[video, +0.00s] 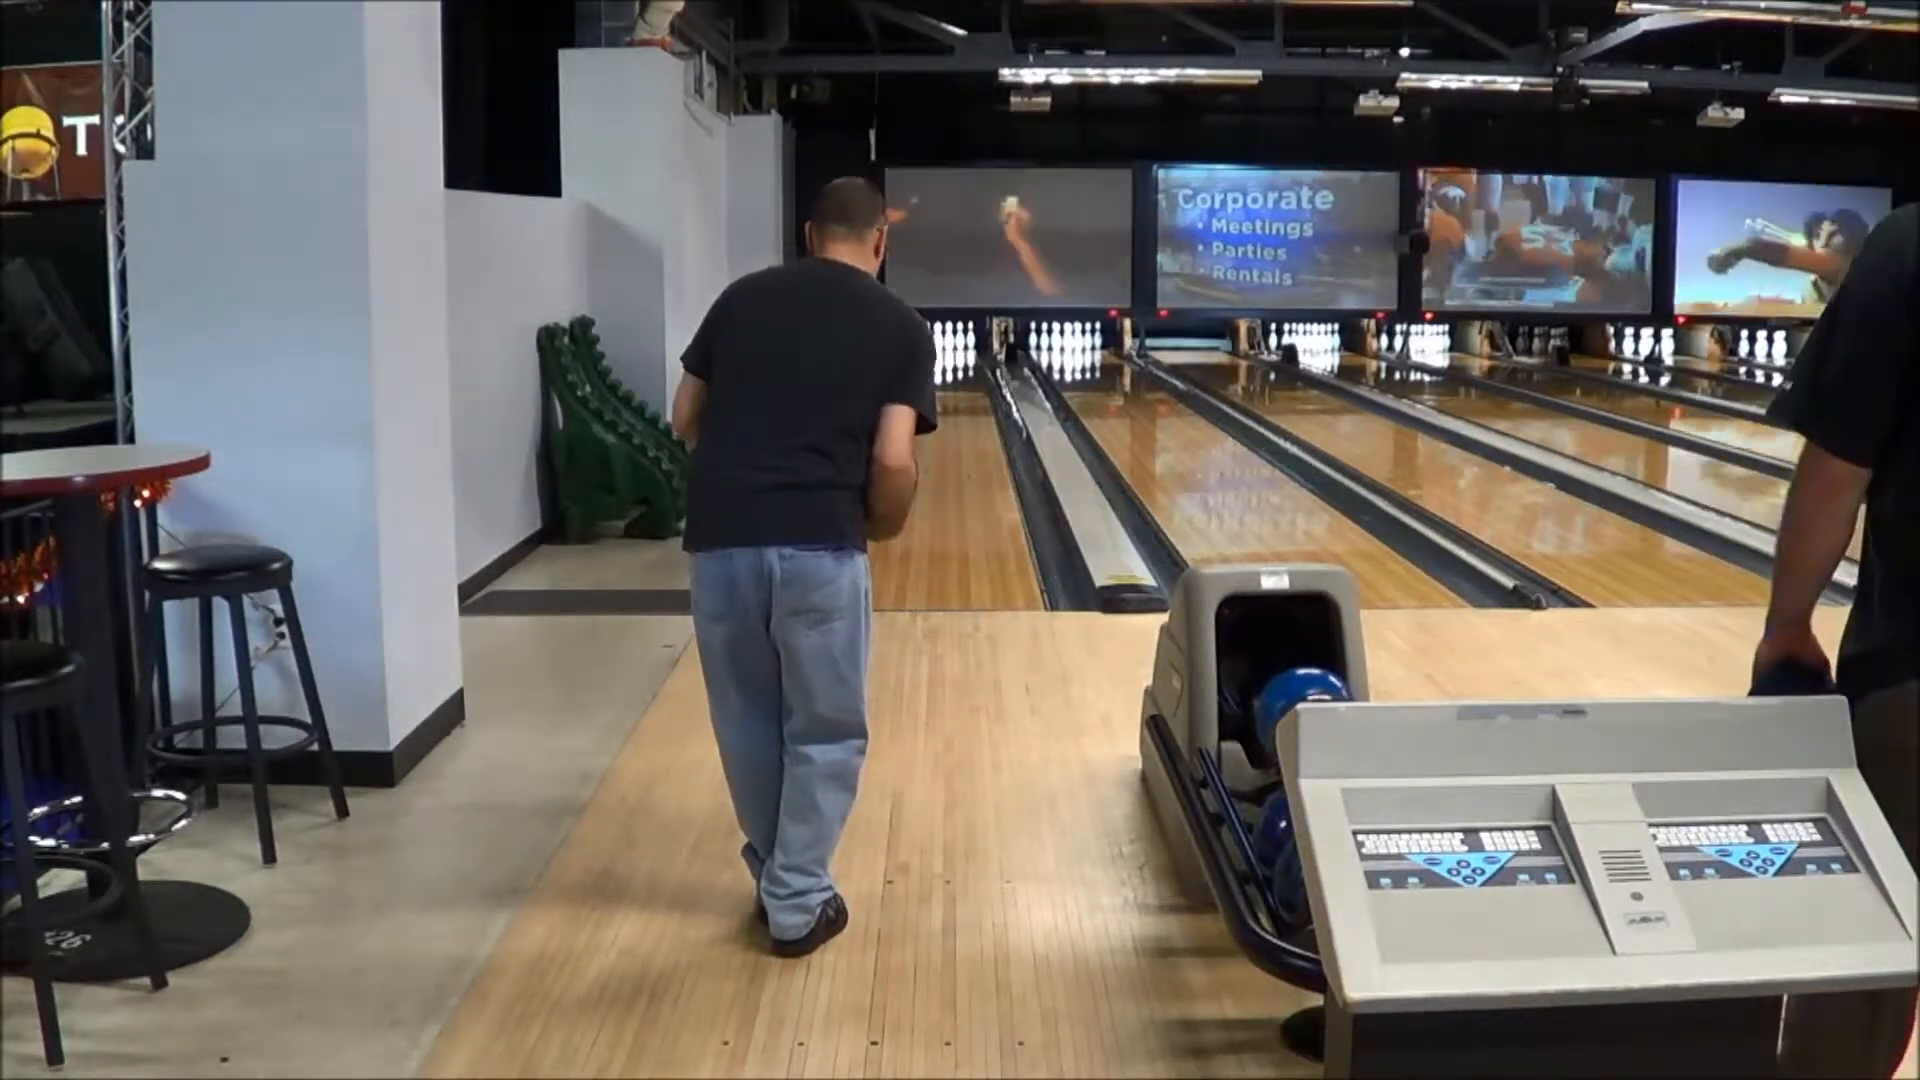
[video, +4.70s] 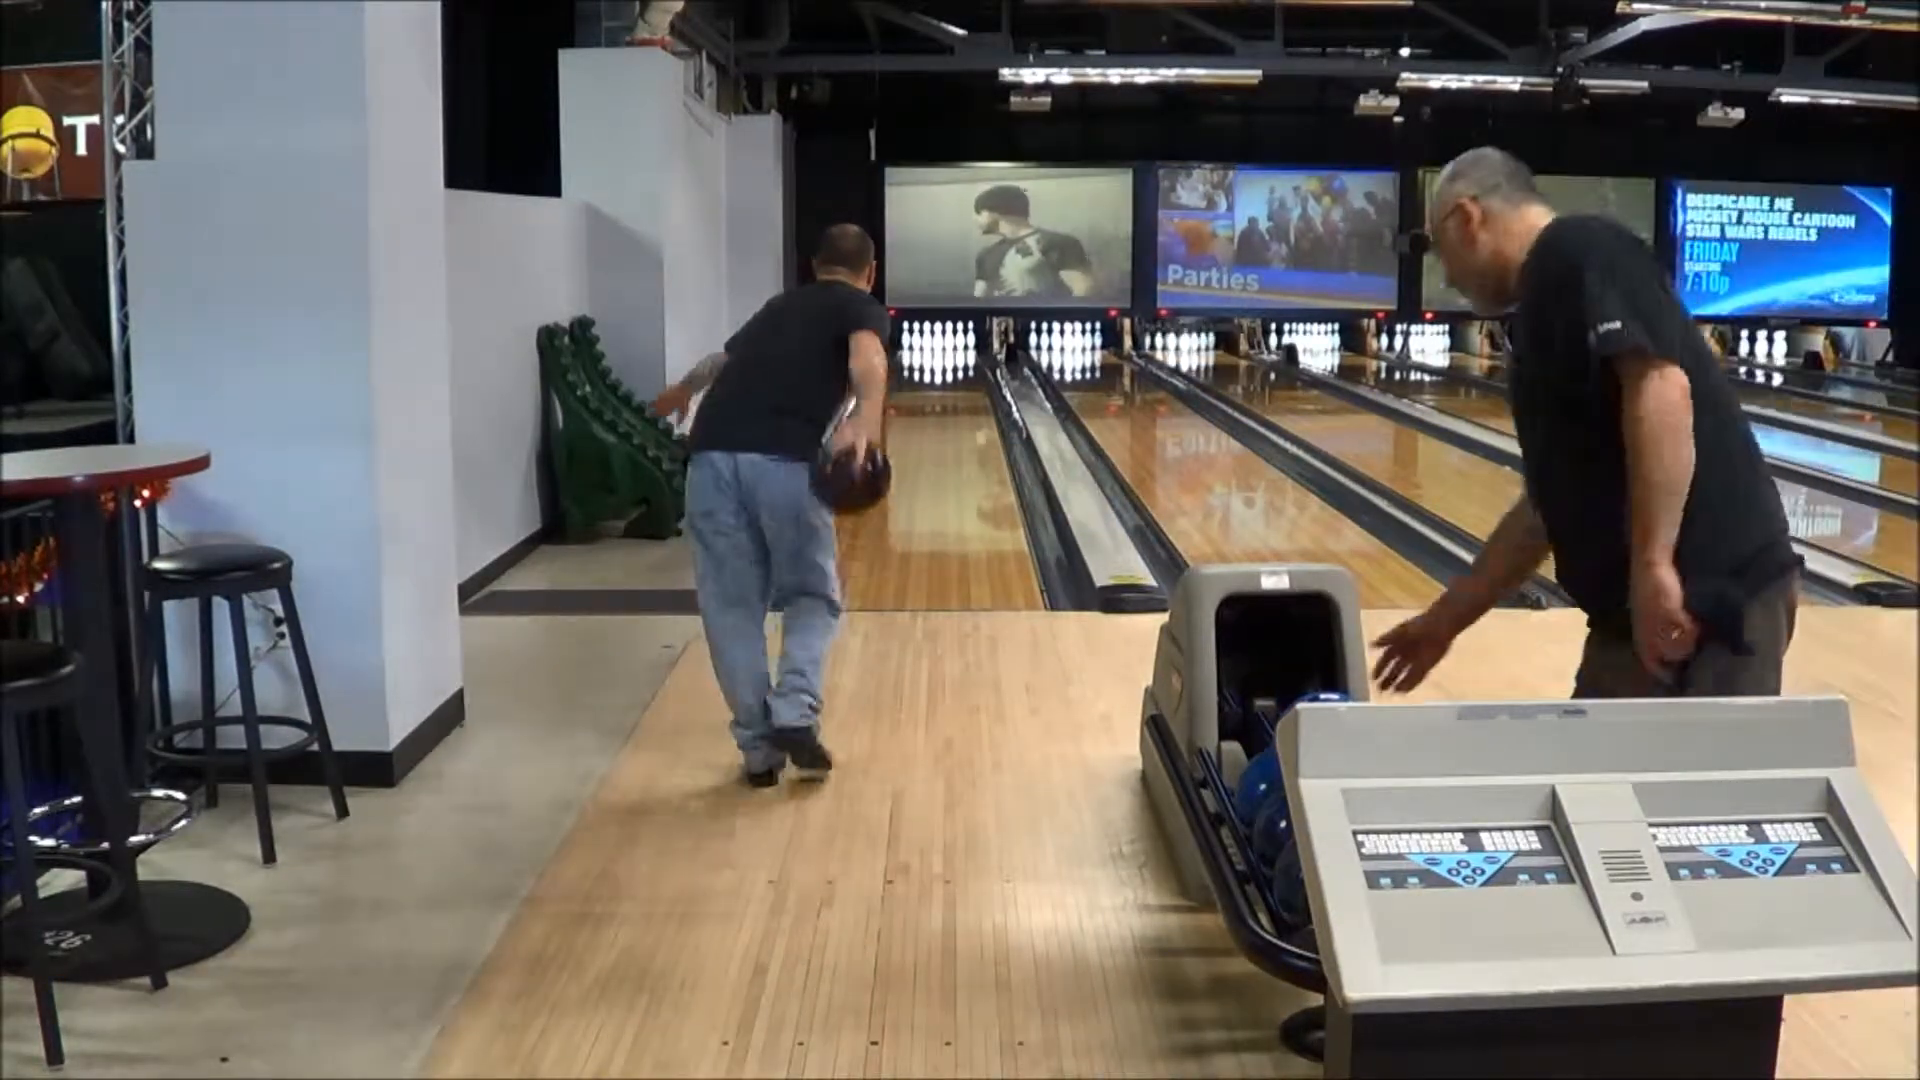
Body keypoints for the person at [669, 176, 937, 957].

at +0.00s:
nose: (882, 249)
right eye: (886, 238)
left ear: (808, 234)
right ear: (883, 237)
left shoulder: (744, 296)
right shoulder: (898, 324)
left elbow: (686, 416)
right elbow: (893, 460)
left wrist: (735, 470)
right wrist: (878, 528)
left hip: (720, 540)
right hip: (820, 543)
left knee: (744, 715)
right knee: (826, 729)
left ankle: (772, 868)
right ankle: (793, 904)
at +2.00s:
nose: (855, 235)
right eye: (857, 224)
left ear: (774, 226)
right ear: (852, 229)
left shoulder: (718, 302)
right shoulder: (872, 328)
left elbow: (688, 427)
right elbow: (875, 489)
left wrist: (726, 491)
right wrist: (877, 538)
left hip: (703, 556)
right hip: (806, 558)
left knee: (734, 724)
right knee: (819, 736)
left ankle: (767, 870)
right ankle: (793, 903)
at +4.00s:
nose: (864, 252)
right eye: (865, 244)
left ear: (794, 241)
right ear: (860, 247)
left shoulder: (742, 294)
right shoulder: (871, 331)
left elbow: (708, 393)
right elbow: (858, 468)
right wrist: (862, 508)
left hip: (703, 503)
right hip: (795, 509)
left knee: (716, 643)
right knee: (795, 666)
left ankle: (742, 763)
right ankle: (782, 800)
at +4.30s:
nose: (864, 270)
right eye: (865, 261)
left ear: (799, 258)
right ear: (861, 263)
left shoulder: (755, 303)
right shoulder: (869, 341)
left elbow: (749, 404)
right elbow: (862, 466)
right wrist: (854, 530)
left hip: (704, 496)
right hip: (782, 505)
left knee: (721, 635)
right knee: (794, 654)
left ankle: (751, 763)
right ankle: (779, 794)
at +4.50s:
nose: (864, 271)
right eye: (867, 262)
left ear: (804, 257)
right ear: (864, 262)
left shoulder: (764, 297)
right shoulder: (866, 320)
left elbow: (745, 395)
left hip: (701, 465)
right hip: (778, 473)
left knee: (722, 618)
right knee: (786, 625)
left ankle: (754, 744)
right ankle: (780, 770)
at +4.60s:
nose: (868, 271)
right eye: (869, 263)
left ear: (807, 260)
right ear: (865, 262)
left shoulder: (769, 297)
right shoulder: (861, 309)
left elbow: (723, 369)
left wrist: (682, 418)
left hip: (705, 457)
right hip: (778, 460)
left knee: (722, 613)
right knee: (794, 611)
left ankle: (755, 750)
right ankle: (780, 723)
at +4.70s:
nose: (876, 281)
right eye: (877, 273)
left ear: (813, 267)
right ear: (871, 271)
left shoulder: (777, 308)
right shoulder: (861, 306)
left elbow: (719, 361)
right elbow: (867, 356)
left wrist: (680, 391)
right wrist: (865, 425)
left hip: (710, 456)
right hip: (782, 457)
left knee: (730, 603)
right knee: (810, 593)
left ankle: (758, 750)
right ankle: (794, 710)